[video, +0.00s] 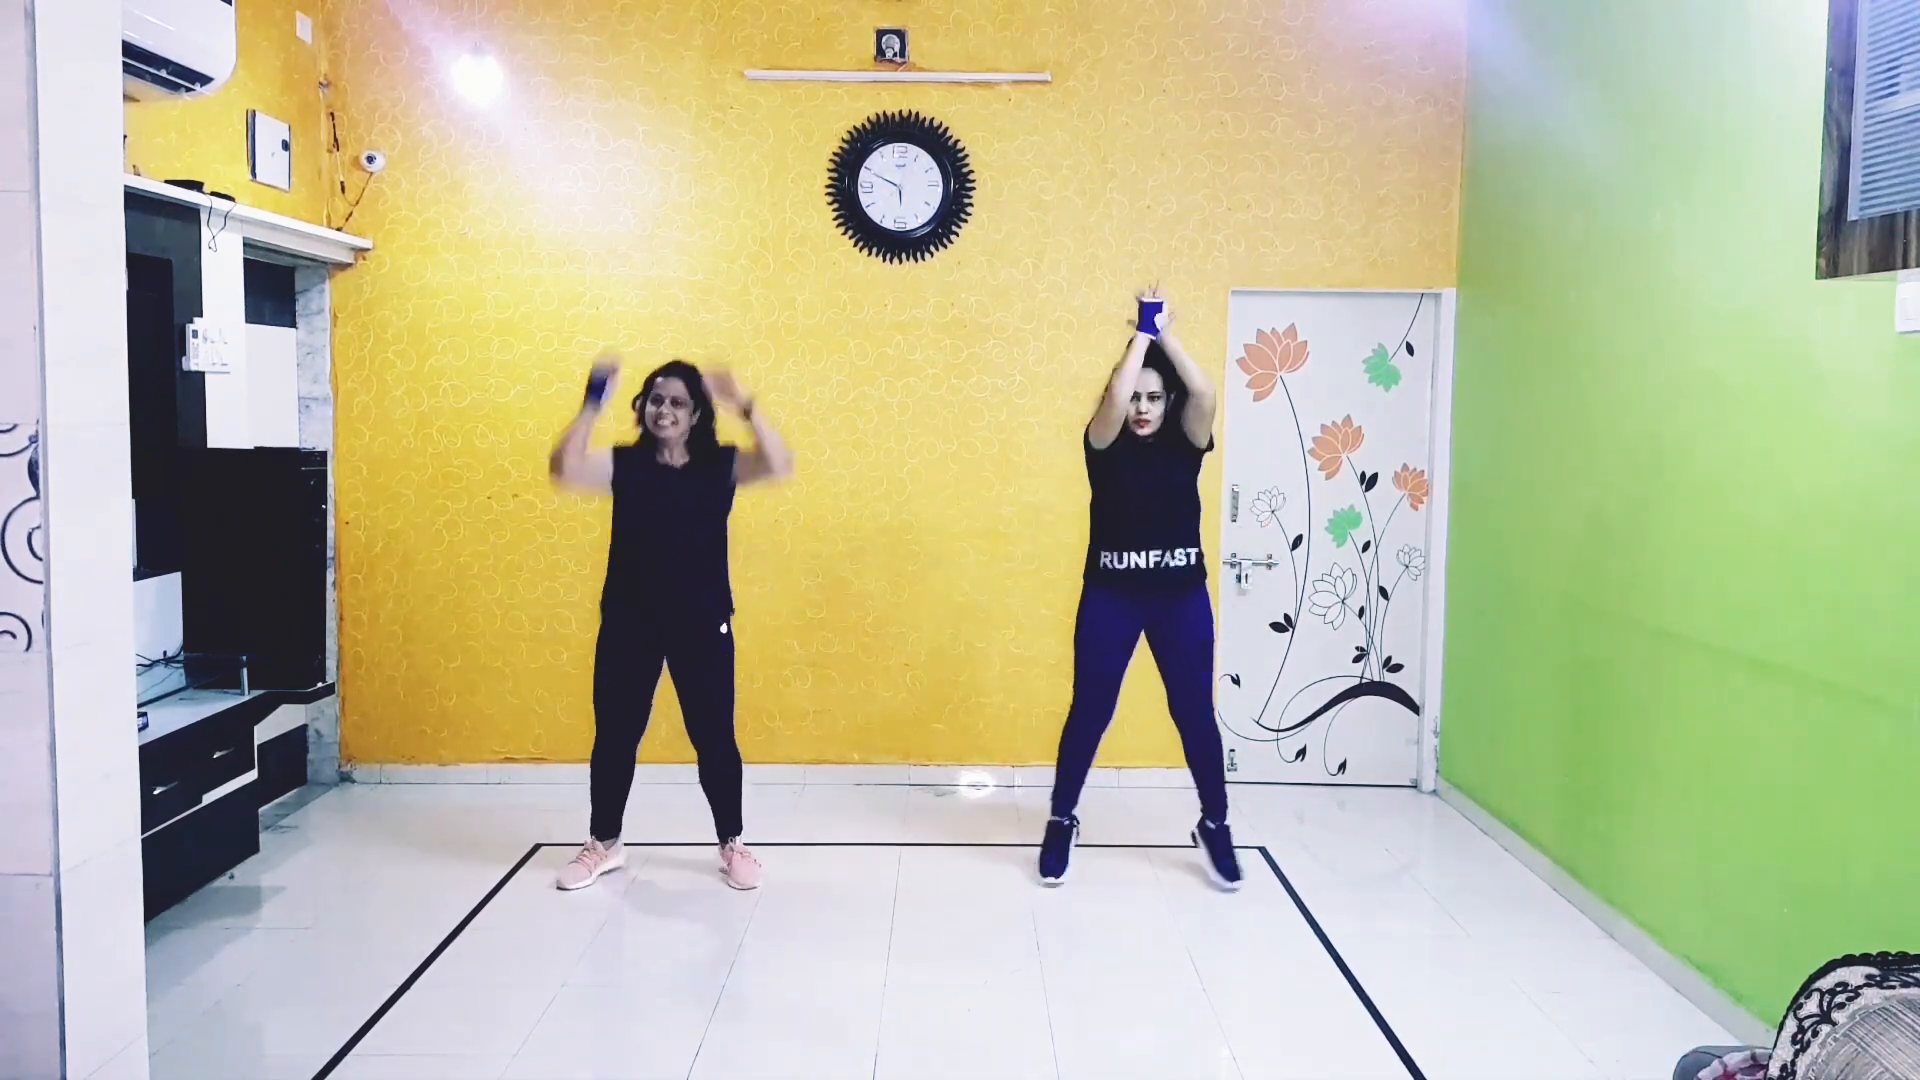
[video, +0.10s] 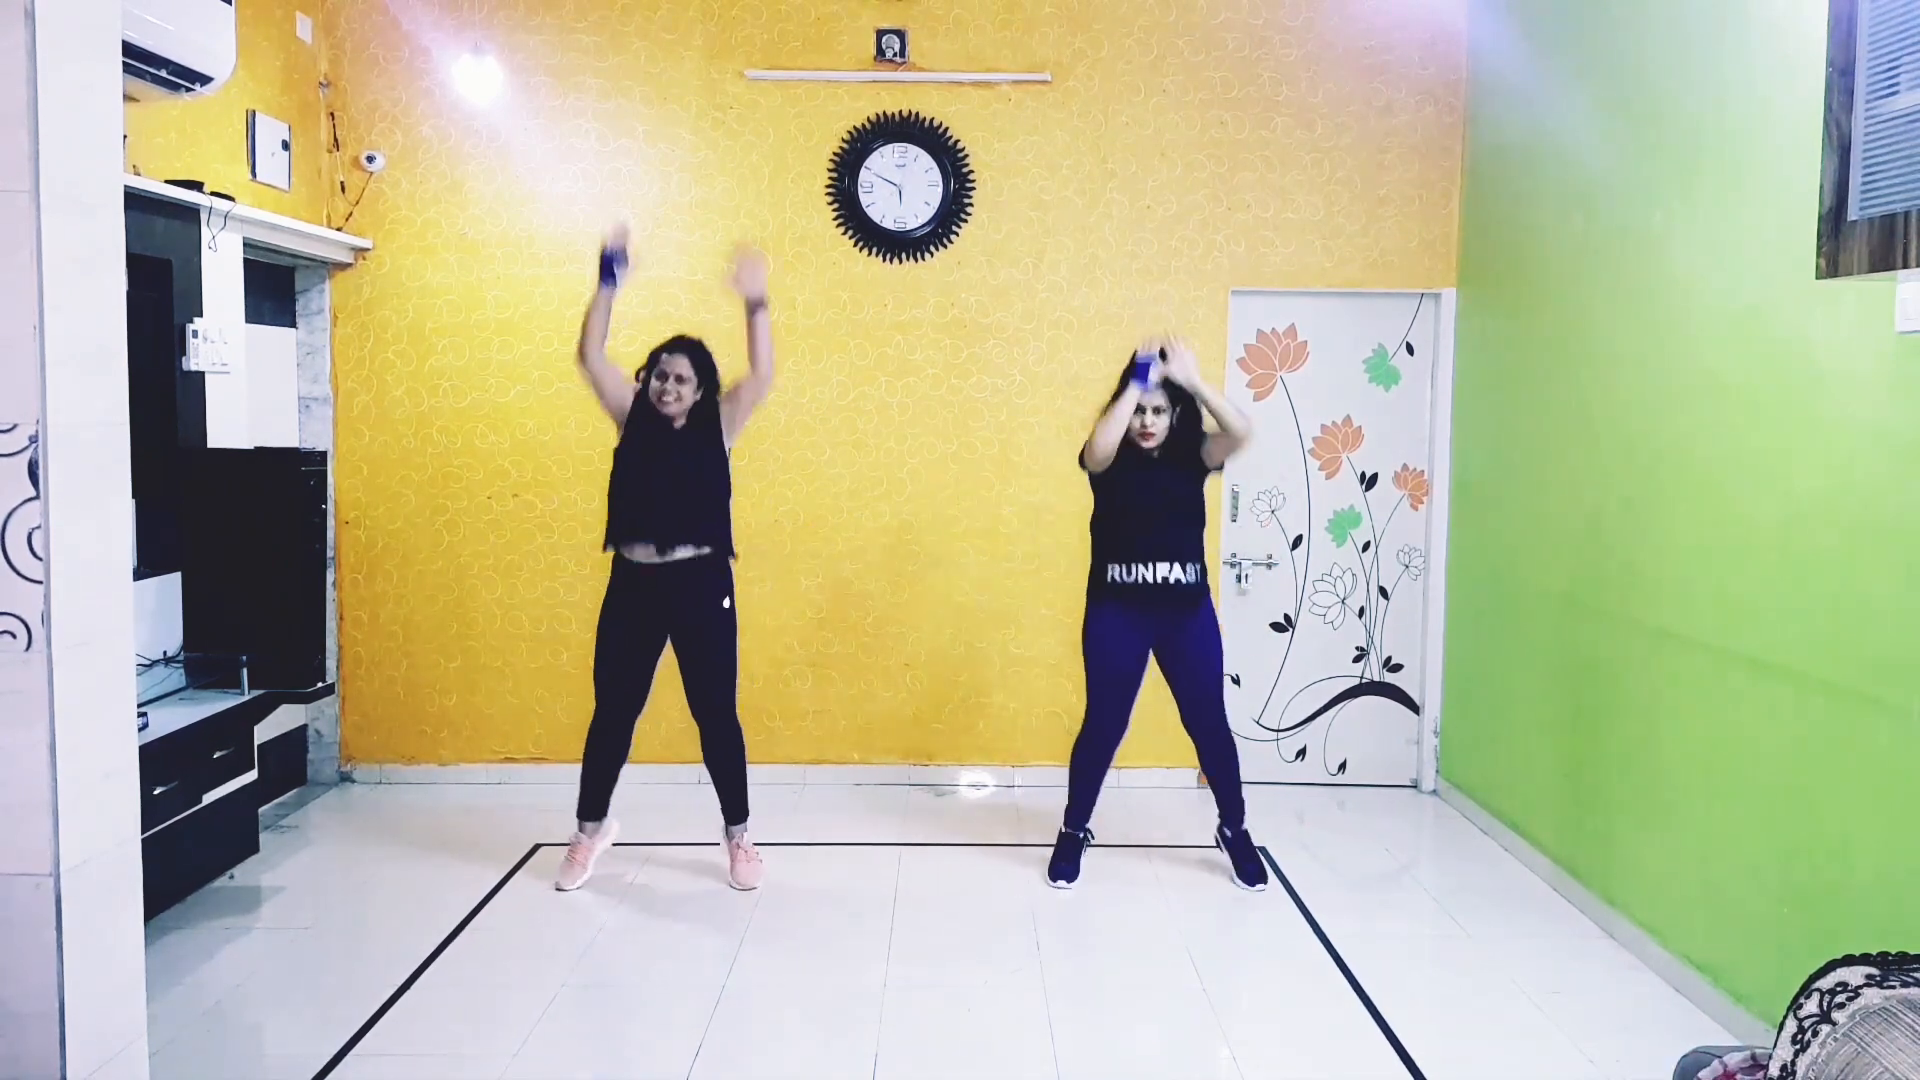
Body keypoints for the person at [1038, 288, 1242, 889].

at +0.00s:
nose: (1142, 407)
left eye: (1152, 398)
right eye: (1134, 398)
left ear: (1170, 403)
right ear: (1119, 401)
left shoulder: (1188, 441)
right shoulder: (1103, 442)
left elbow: (1203, 394)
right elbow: (1118, 396)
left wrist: (1164, 335)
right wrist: (1140, 337)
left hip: (1181, 596)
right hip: (1110, 596)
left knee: (1196, 712)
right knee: (1089, 711)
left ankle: (1216, 824)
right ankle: (1061, 822)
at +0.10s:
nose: (1147, 420)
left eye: (1158, 410)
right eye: (1138, 409)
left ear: (1176, 414)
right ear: (1123, 410)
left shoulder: (1193, 456)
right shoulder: (1104, 459)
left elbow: (1239, 434)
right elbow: (1099, 448)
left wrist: (1195, 384)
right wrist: (1132, 387)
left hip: (1186, 610)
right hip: (1117, 610)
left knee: (1209, 723)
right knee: (1104, 723)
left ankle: (1235, 830)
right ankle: (1073, 833)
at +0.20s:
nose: (1152, 445)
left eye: (1164, 434)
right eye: (1143, 434)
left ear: (1182, 438)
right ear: (1128, 436)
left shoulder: (1200, 491)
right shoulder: (1106, 487)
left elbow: (1268, 516)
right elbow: (1051, 537)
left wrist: (1276, 501)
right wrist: (1091, 490)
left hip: (1195, 643)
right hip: (1123, 642)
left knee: (1222, 750)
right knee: (1103, 750)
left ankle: (1236, 843)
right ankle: (1073, 841)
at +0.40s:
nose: (1163, 448)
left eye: (1174, 438)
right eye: (1153, 437)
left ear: (1192, 442)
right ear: (1137, 440)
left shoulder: (1209, 497)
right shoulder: (1116, 500)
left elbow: (1225, 566)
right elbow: (1087, 563)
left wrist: (1239, 624)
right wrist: (1057, 617)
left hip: (1204, 643)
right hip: (1135, 646)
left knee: (1224, 748)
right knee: (1113, 748)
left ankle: (1234, 842)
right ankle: (1075, 841)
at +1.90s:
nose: (1168, 436)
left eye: (1180, 427)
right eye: (1159, 425)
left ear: (1198, 439)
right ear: (1146, 434)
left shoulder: (1215, 497)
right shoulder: (1121, 493)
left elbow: (1262, 550)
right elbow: (1073, 541)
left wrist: (1309, 589)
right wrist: (1027, 589)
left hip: (1203, 641)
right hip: (1131, 640)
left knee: (1217, 744)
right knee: (1108, 745)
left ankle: (1234, 843)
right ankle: (1072, 841)